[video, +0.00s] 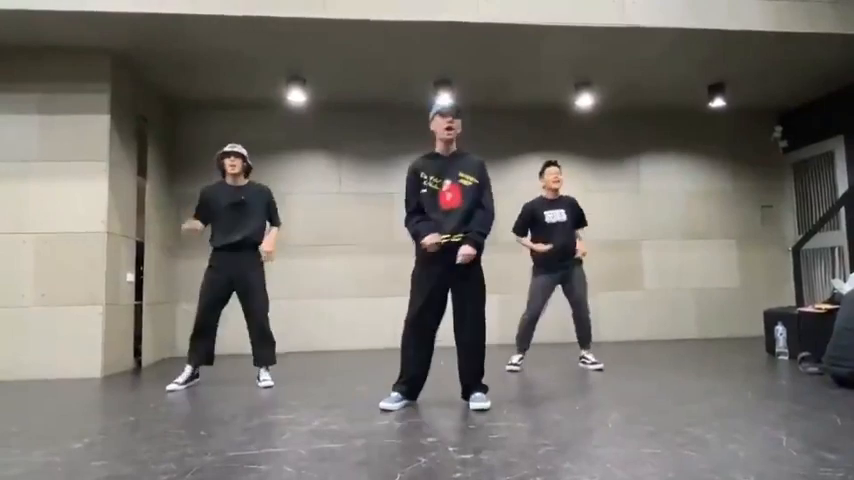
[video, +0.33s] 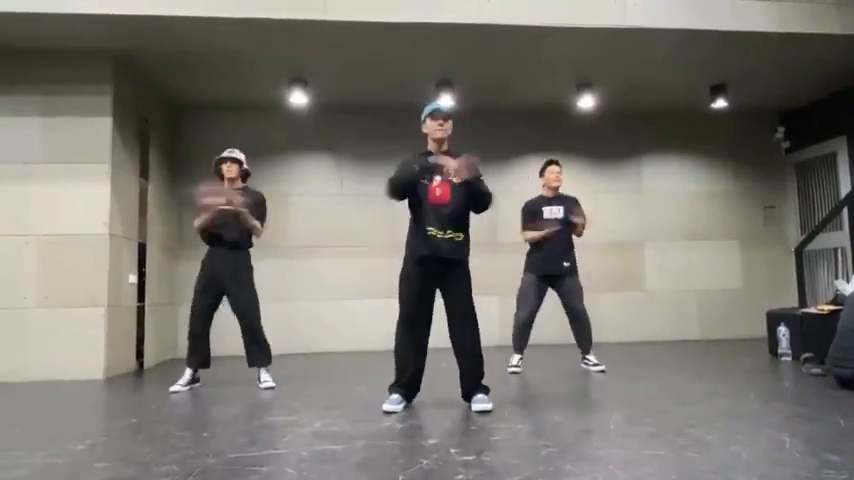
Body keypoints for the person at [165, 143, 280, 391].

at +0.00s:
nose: (232, 161)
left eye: (236, 157)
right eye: (228, 157)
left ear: (245, 163)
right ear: (222, 163)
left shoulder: (261, 192)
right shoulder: (210, 192)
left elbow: (275, 224)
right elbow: (198, 221)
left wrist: (269, 241)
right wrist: (191, 225)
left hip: (250, 261)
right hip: (220, 261)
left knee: (257, 315)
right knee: (205, 314)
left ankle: (263, 368)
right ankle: (192, 368)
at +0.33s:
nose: (228, 167)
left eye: (233, 163)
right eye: (225, 164)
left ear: (243, 169)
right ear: (219, 169)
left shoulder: (253, 197)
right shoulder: (213, 195)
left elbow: (258, 231)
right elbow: (197, 225)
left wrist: (240, 208)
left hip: (238, 263)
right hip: (213, 261)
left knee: (249, 316)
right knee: (199, 315)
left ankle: (262, 369)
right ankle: (192, 371)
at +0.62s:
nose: (215, 167)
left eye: (219, 163)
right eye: (211, 164)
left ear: (230, 168)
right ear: (208, 170)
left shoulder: (245, 194)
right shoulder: (208, 200)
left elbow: (262, 228)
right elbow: (192, 230)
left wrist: (266, 207)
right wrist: (166, 213)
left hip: (236, 263)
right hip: (210, 263)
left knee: (246, 318)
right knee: (202, 318)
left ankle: (262, 369)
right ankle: (193, 372)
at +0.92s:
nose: (211, 161)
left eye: (217, 158)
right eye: (208, 159)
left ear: (227, 165)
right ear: (205, 166)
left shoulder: (242, 192)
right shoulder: (204, 197)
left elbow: (259, 227)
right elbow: (190, 228)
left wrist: (265, 207)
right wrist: (166, 211)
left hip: (234, 262)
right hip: (207, 262)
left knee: (245, 317)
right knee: (197, 318)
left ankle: (262, 369)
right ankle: (191, 372)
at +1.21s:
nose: (202, 177)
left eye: (204, 171)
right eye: (197, 176)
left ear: (214, 170)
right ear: (196, 182)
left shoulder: (238, 194)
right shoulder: (199, 201)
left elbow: (250, 231)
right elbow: (188, 233)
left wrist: (258, 213)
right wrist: (163, 215)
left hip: (222, 263)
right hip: (196, 263)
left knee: (236, 317)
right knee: (192, 318)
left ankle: (258, 369)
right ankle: (191, 372)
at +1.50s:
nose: (217, 164)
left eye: (222, 160)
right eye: (213, 161)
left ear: (231, 165)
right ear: (208, 167)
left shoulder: (245, 191)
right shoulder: (203, 196)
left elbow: (260, 226)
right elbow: (190, 225)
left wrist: (267, 208)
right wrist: (165, 209)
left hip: (235, 261)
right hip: (208, 261)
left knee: (249, 315)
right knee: (199, 316)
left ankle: (266, 367)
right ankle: (192, 371)